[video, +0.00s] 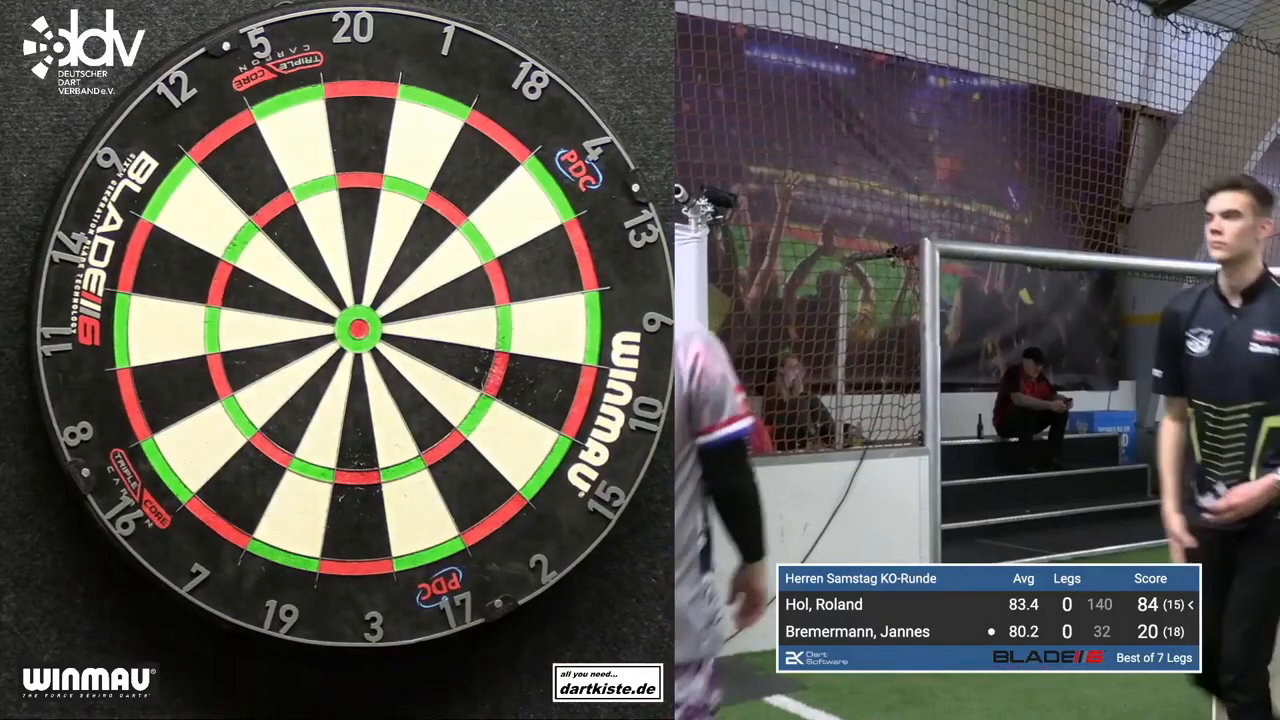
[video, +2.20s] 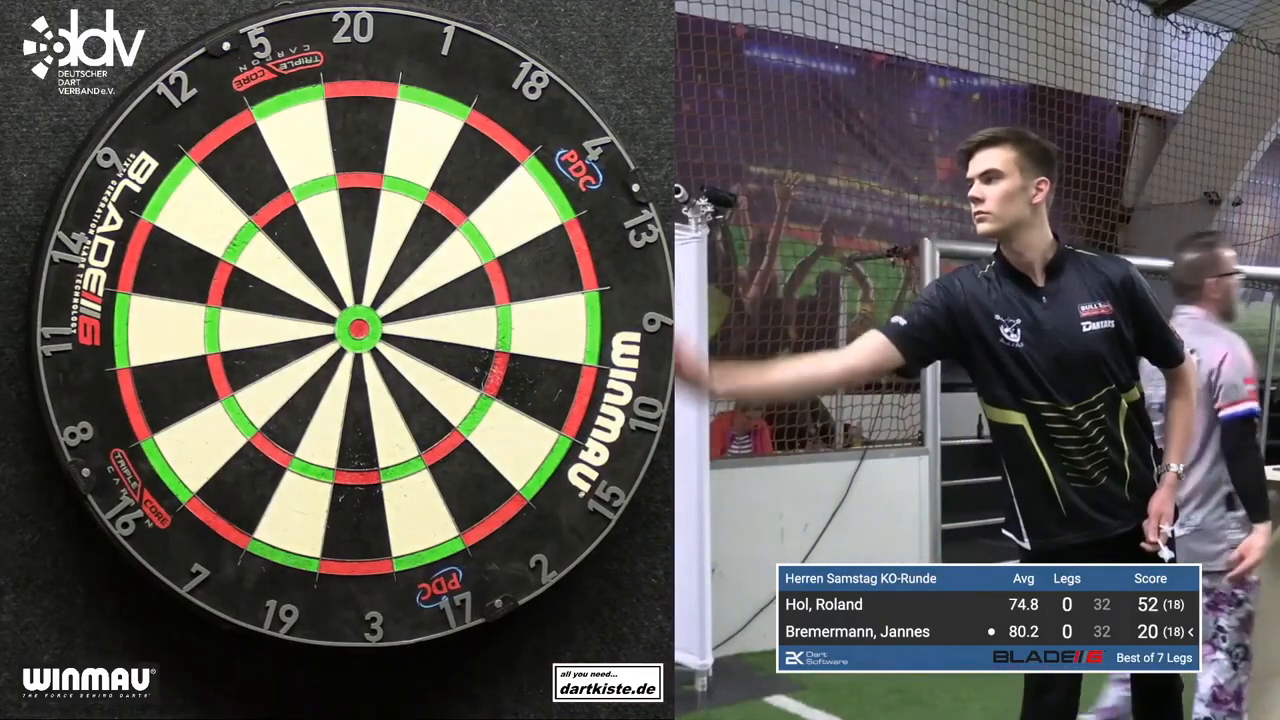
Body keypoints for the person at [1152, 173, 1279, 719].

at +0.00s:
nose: (1215, 228)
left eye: (1231, 216)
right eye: (1210, 218)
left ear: (1265, 229)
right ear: (1205, 229)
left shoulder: (1278, 309)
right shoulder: (1183, 311)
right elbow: (1173, 416)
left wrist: (1268, 488)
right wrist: (1171, 506)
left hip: (1268, 521)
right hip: (1204, 521)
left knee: (1241, 672)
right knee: (1207, 666)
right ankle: (1248, 706)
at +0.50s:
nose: (1144, 216)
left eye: (1161, 204)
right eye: (1139, 207)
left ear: (1201, 216)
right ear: (1133, 218)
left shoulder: (1236, 314)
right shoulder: (1106, 309)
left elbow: (1272, 430)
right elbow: (1076, 411)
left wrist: (1193, 492)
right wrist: (1094, 487)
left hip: (1202, 534)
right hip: (1118, 529)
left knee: (1192, 680)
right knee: (1113, 682)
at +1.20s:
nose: (1089, 197)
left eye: (1105, 184)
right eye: (1084, 187)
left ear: (1148, 197)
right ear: (1078, 199)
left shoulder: (1194, 299)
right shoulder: (1049, 296)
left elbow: (1235, 412)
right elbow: (1018, 409)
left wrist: (1190, 497)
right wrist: (1009, 503)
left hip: (1161, 536)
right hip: (1074, 534)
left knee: (1146, 696)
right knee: (1074, 696)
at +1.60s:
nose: (1021, 189)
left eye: (1038, 175)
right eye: (1017, 179)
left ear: (1086, 186)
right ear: (1013, 191)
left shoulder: (1144, 285)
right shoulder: (993, 299)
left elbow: (1201, 390)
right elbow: (962, 426)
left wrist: (1177, 491)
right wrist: (919, 535)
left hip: (1142, 534)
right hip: (1052, 543)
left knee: (1154, 696)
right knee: (1057, 703)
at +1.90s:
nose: (983, 193)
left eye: (1000, 178)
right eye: (980, 182)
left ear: (1048, 189)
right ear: (979, 196)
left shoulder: (1120, 279)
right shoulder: (968, 305)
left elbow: (1187, 375)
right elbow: (909, 424)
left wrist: (1176, 480)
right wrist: (828, 538)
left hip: (1140, 524)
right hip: (1052, 539)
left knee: (1164, 688)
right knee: (1052, 698)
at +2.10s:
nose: (976, 193)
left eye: (993, 178)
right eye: (972, 183)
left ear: (1042, 189)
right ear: (970, 198)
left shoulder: (1114, 279)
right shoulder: (964, 299)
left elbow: (1182, 371)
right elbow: (864, 384)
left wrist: (1174, 478)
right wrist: (753, 463)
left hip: (1145, 526)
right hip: (1054, 543)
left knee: (1164, 694)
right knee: (1050, 703)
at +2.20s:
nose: (974, 192)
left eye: (991, 178)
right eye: (970, 183)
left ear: (1040, 190)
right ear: (972, 198)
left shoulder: (1111, 279)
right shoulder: (962, 297)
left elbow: (1182, 374)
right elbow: (844, 364)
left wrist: (1171, 480)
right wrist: (714, 377)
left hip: (1141, 528)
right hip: (1049, 544)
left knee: (1163, 695)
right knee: (1049, 704)